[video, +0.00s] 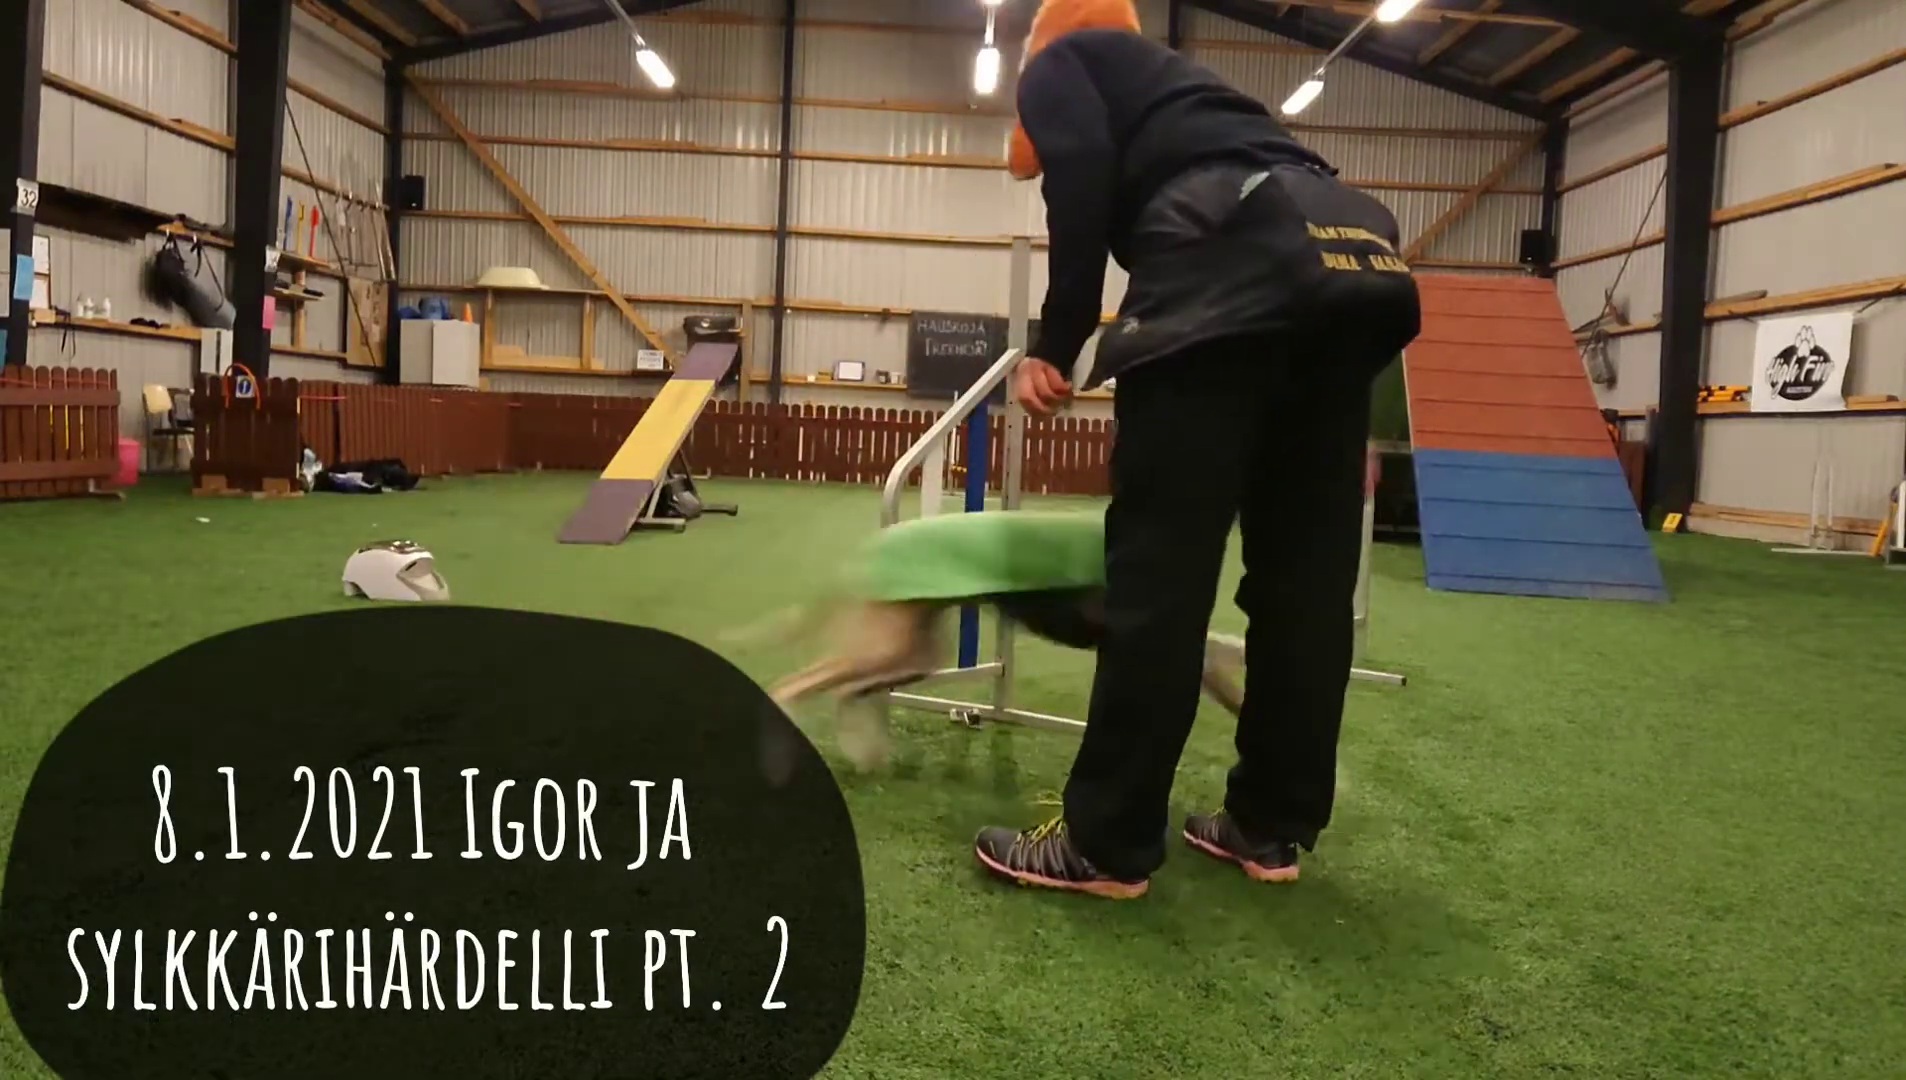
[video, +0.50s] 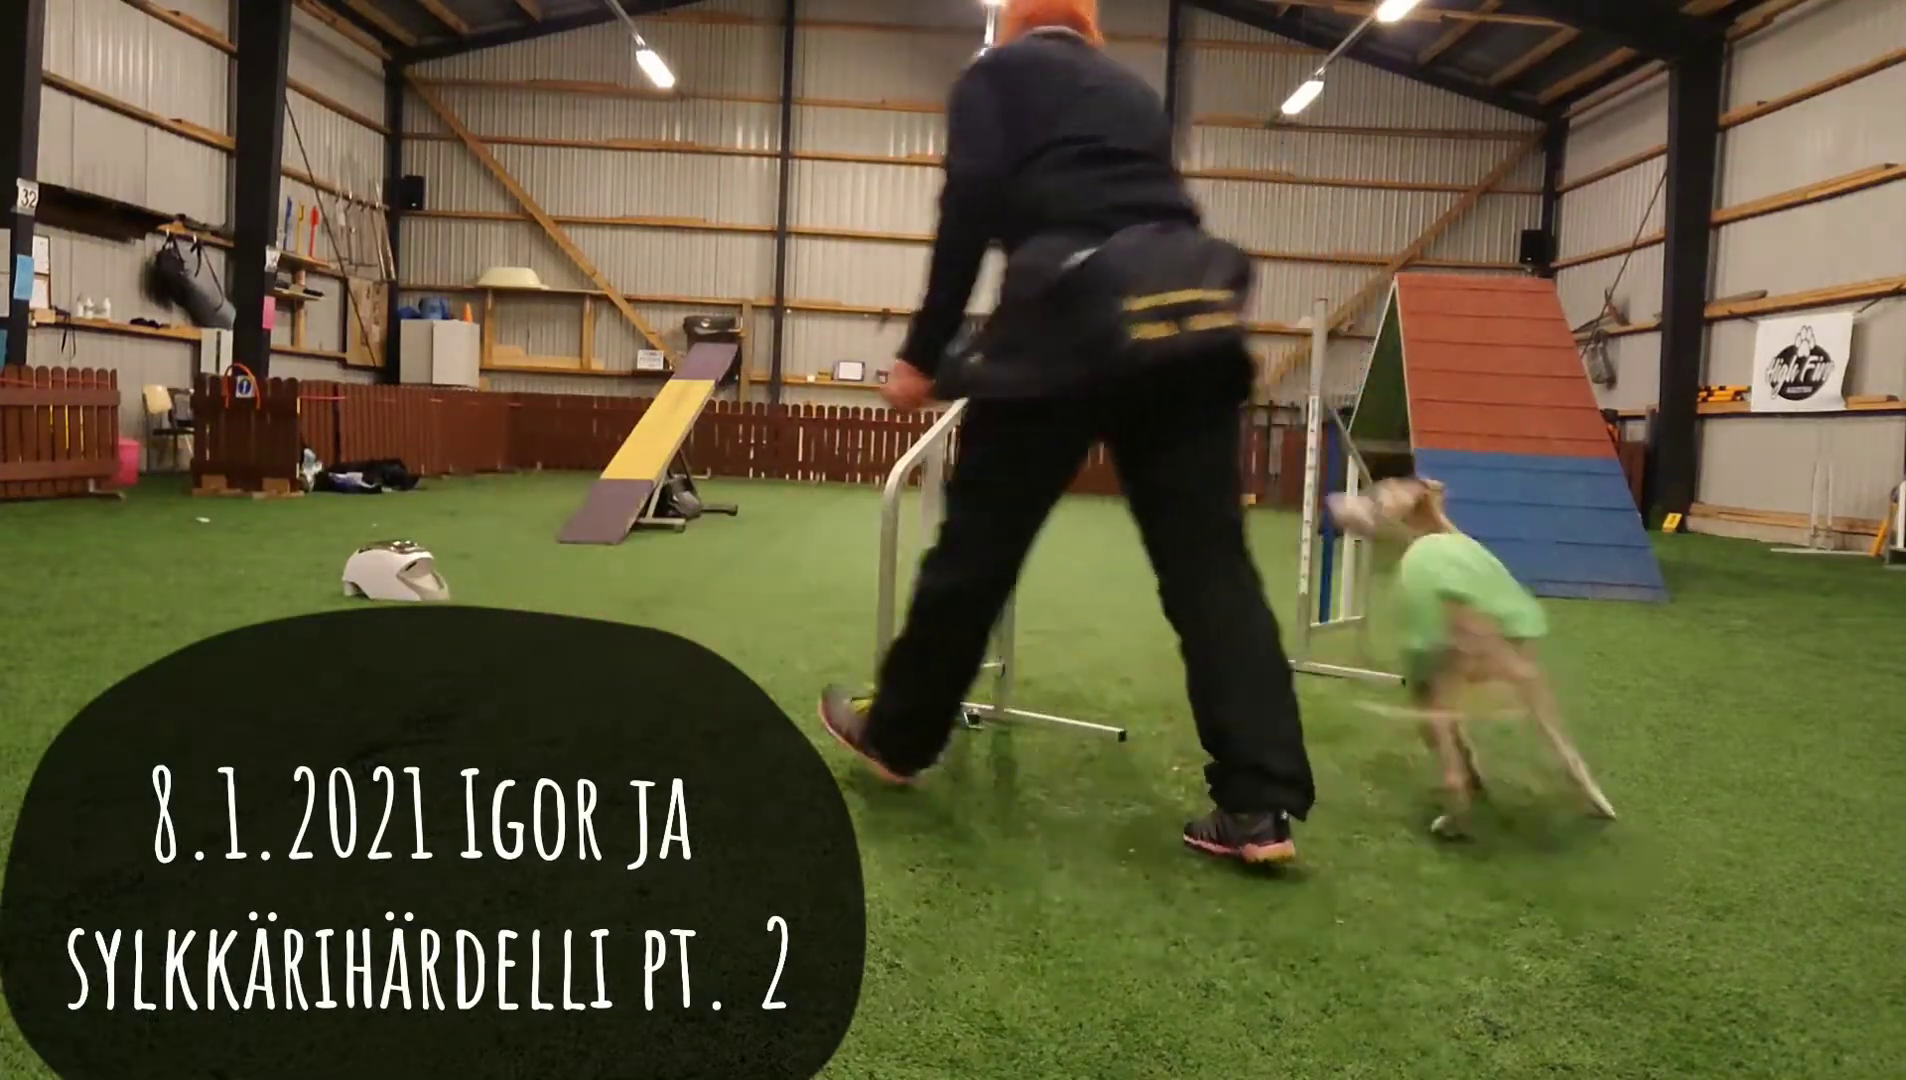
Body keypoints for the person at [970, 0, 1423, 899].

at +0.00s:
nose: (1034, 165)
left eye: (1031, 141)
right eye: (1028, 155)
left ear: (1047, 51)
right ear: (1120, 37)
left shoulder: (1058, 59)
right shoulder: (1199, 90)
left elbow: (1082, 165)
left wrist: (1056, 344)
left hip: (1218, 291)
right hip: (1348, 291)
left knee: (1157, 584)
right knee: (1304, 582)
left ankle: (1107, 842)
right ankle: (1272, 828)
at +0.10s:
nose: (1031, 76)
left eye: (1034, 59)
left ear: (1058, 38)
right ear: (1133, 33)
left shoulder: (1063, 61)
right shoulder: (1200, 86)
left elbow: (1082, 167)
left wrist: (1051, 340)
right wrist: (1350, 356)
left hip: (1202, 303)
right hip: (1334, 304)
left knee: (1138, 571)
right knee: (1294, 574)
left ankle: (1109, 834)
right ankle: (1271, 828)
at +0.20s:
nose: (1039, 54)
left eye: (1043, 42)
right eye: (1046, 45)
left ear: (1063, 34)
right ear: (1138, 35)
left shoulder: (1063, 66)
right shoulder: (1196, 87)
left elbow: (1073, 183)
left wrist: (1034, 341)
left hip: (1184, 295)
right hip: (1316, 296)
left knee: (1100, 551)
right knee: (1278, 565)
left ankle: (1078, 817)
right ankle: (1271, 828)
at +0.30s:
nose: (1031, 43)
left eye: (1033, 34)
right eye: (1036, 35)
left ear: (1057, 31)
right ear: (1128, 34)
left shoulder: (1051, 66)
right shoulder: (1179, 85)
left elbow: (1051, 191)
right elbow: (1221, 240)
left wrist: (1009, 346)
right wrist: (1189, 420)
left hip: (1158, 304)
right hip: (1281, 311)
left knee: (1062, 557)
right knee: (1264, 574)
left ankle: (997, 792)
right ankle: (1270, 826)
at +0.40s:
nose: (1013, 46)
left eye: (1017, 36)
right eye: (1019, 40)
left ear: (1040, 30)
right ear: (1115, 36)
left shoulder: (1031, 69)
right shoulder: (1162, 90)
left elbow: (1017, 193)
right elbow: (1198, 224)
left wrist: (971, 350)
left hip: (1112, 322)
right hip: (1240, 327)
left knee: (1020, 556)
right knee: (1245, 582)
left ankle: (937, 757)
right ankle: (1269, 821)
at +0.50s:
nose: (994, 32)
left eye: (997, 25)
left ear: (1013, 27)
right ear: (1090, 33)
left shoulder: (990, 76)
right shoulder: (1132, 88)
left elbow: (971, 202)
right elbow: (1155, 218)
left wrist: (923, 354)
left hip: (1061, 337)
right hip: (1188, 336)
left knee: (976, 549)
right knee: (1209, 568)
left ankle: (898, 737)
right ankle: (1261, 808)